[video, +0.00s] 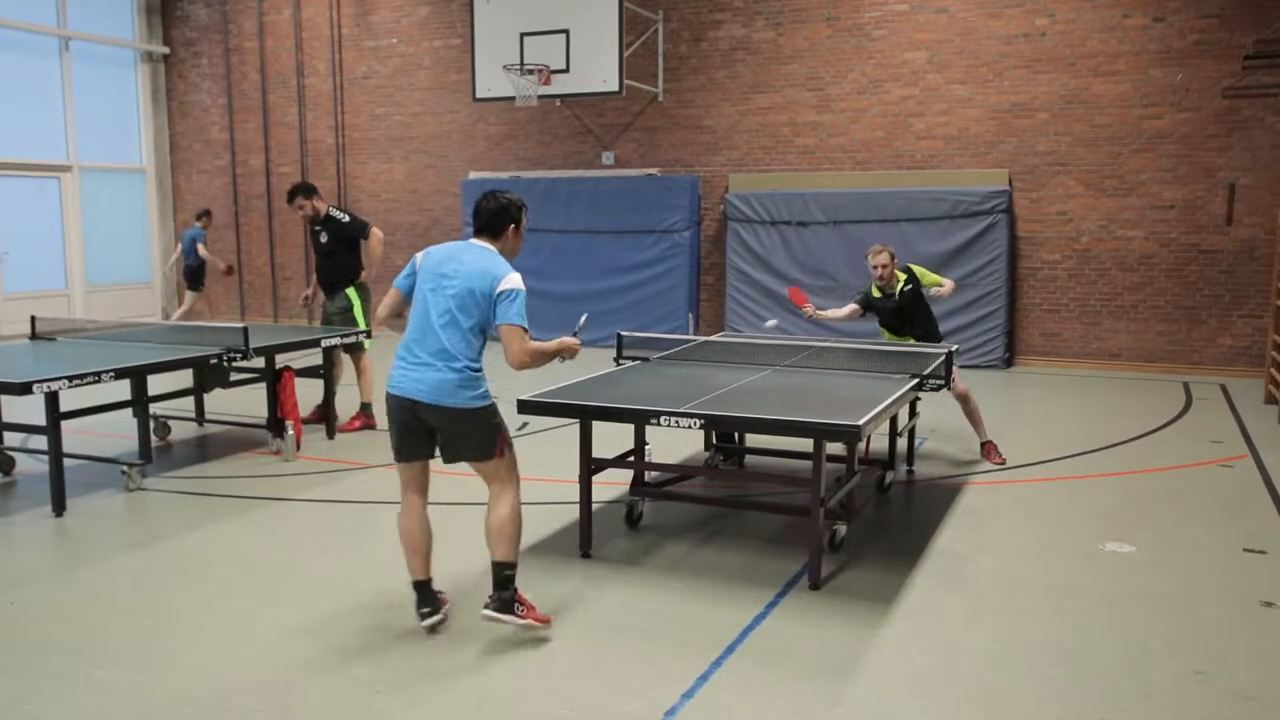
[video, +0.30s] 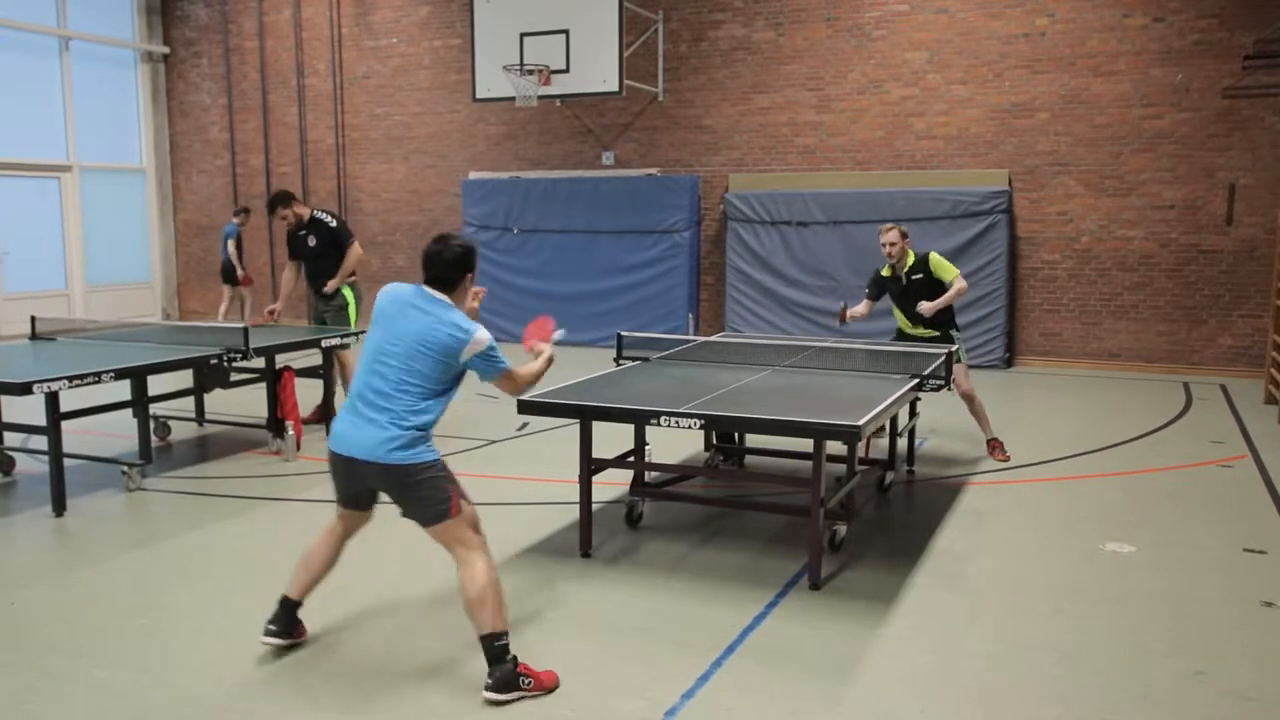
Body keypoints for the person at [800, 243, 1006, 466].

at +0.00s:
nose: (879, 273)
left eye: (883, 267)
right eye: (874, 268)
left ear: (894, 264)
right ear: (870, 269)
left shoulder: (912, 274)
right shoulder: (870, 295)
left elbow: (948, 284)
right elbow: (849, 312)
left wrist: (944, 290)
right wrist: (818, 314)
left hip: (930, 347)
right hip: (894, 352)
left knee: (961, 391)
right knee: (870, 391)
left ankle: (986, 443)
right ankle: (859, 446)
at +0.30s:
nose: (888, 250)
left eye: (892, 244)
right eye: (883, 245)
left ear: (906, 243)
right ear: (880, 247)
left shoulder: (929, 260)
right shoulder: (882, 276)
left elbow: (961, 285)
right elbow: (866, 306)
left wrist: (935, 304)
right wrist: (850, 313)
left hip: (943, 335)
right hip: (907, 337)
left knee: (965, 390)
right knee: (882, 381)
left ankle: (991, 439)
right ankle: (877, 424)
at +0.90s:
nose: (905, 275)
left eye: (910, 270)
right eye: (900, 271)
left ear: (916, 265)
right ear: (892, 268)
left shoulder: (930, 272)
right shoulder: (887, 291)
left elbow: (952, 283)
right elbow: (865, 321)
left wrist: (969, 294)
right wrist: (868, 324)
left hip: (942, 342)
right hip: (907, 345)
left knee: (968, 387)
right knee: (884, 388)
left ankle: (991, 439)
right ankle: (867, 439)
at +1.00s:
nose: (904, 263)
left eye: (909, 258)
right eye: (899, 258)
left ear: (917, 254)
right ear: (891, 255)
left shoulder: (932, 266)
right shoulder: (884, 284)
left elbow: (957, 282)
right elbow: (859, 313)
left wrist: (968, 297)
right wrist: (859, 328)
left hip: (936, 337)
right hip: (900, 338)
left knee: (965, 384)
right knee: (878, 384)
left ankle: (991, 439)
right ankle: (867, 436)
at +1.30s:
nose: (904, 247)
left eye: (909, 242)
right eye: (899, 242)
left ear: (917, 242)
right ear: (892, 243)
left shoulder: (933, 262)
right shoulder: (886, 271)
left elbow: (959, 291)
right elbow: (872, 302)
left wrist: (943, 307)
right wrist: (862, 319)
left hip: (933, 332)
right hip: (898, 331)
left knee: (959, 382)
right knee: (875, 379)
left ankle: (975, 431)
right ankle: (864, 437)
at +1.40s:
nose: (901, 236)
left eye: (905, 231)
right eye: (896, 231)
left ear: (914, 231)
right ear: (889, 232)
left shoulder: (931, 251)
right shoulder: (883, 261)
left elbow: (953, 283)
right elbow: (873, 290)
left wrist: (932, 303)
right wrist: (867, 312)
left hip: (931, 324)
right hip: (896, 322)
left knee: (955, 376)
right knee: (877, 374)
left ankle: (973, 428)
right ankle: (864, 435)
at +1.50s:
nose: (901, 232)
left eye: (906, 227)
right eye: (896, 227)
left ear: (915, 228)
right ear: (889, 229)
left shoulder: (931, 248)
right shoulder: (882, 258)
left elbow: (952, 279)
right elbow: (872, 286)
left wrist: (931, 302)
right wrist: (873, 310)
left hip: (931, 323)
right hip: (896, 322)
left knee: (955, 374)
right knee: (877, 372)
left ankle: (967, 423)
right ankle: (866, 429)